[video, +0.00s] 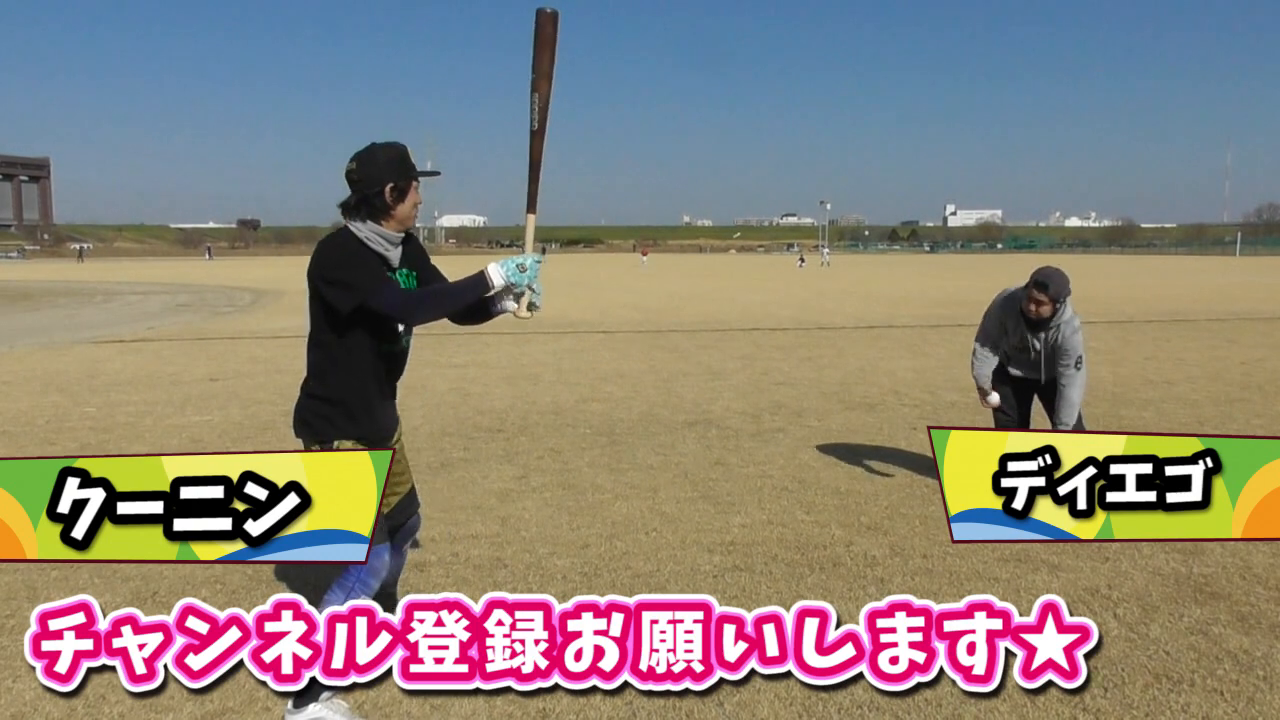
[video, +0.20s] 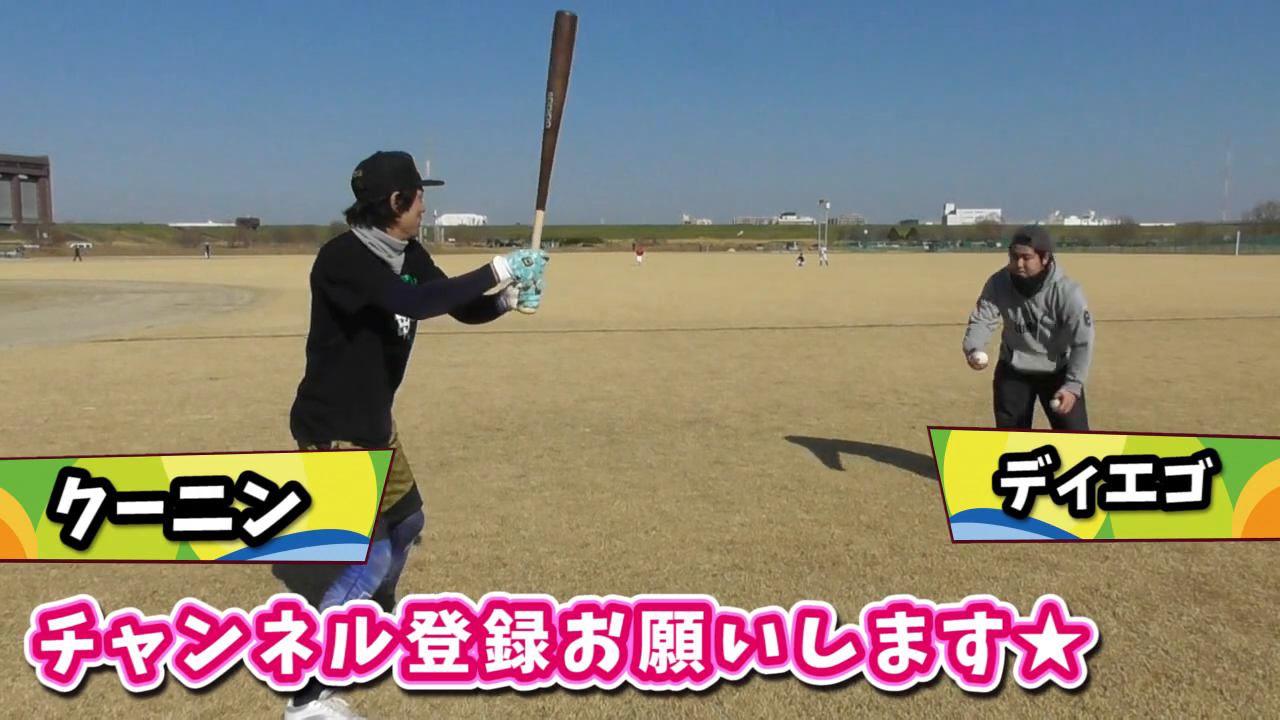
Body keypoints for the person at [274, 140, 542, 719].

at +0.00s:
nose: (419, 197)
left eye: (417, 189)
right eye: (414, 189)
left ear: (387, 195)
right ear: (391, 195)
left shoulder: (405, 247)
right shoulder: (340, 254)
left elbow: (453, 308)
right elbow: (403, 307)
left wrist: (501, 299)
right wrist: (487, 279)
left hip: (377, 422)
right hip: (336, 427)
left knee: (403, 524)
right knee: (372, 558)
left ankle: (368, 632)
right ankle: (311, 690)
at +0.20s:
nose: (424, 207)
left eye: (423, 198)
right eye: (420, 198)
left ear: (392, 203)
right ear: (397, 202)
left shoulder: (407, 253)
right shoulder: (345, 255)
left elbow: (465, 309)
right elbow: (412, 301)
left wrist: (509, 294)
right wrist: (495, 269)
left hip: (373, 425)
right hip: (334, 431)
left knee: (407, 523)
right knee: (372, 558)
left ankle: (360, 627)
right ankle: (311, 691)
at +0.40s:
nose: (424, 208)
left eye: (422, 199)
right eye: (419, 199)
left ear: (393, 205)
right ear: (397, 204)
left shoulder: (409, 257)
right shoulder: (343, 253)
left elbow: (465, 309)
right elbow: (406, 292)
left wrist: (509, 286)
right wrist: (494, 259)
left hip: (370, 426)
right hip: (325, 430)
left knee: (401, 528)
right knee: (367, 557)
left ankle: (366, 631)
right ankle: (310, 690)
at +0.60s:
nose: (417, 217)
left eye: (414, 206)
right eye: (411, 206)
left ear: (380, 210)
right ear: (387, 208)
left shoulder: (396, 267)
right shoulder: (325, 256)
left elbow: (458, 313)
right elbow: (391, 291)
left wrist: (492, 280)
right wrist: (473, 249)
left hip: (361, 438)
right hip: (316, 442)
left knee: (396, 528)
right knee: (368, 566)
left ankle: (366, 635)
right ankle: (308, 693)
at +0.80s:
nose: (403, 210)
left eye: (403, 201)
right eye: (398, 201)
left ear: (361, 205)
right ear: (373, 204)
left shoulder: (389, 258)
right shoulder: (298, 248)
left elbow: (437, 313)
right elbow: (344, 282)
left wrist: (451, 269)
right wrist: (424, 235)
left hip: (352, 431)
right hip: (297, 441)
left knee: (425, 525)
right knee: (353, 568)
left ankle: (394, 605)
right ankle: (307, 697)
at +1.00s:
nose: (388, 209)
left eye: (389, 203)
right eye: (386, 202)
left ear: (350, 203)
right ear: (366, 204)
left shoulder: (373, 256)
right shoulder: (281, 246)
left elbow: (417, 316)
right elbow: (294, 290)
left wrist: (403, 267)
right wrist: (370, 242)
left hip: (352, 419)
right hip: (291, 431)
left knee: (425, 504)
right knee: (346, 566)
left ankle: (425, 618)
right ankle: (306, 697)